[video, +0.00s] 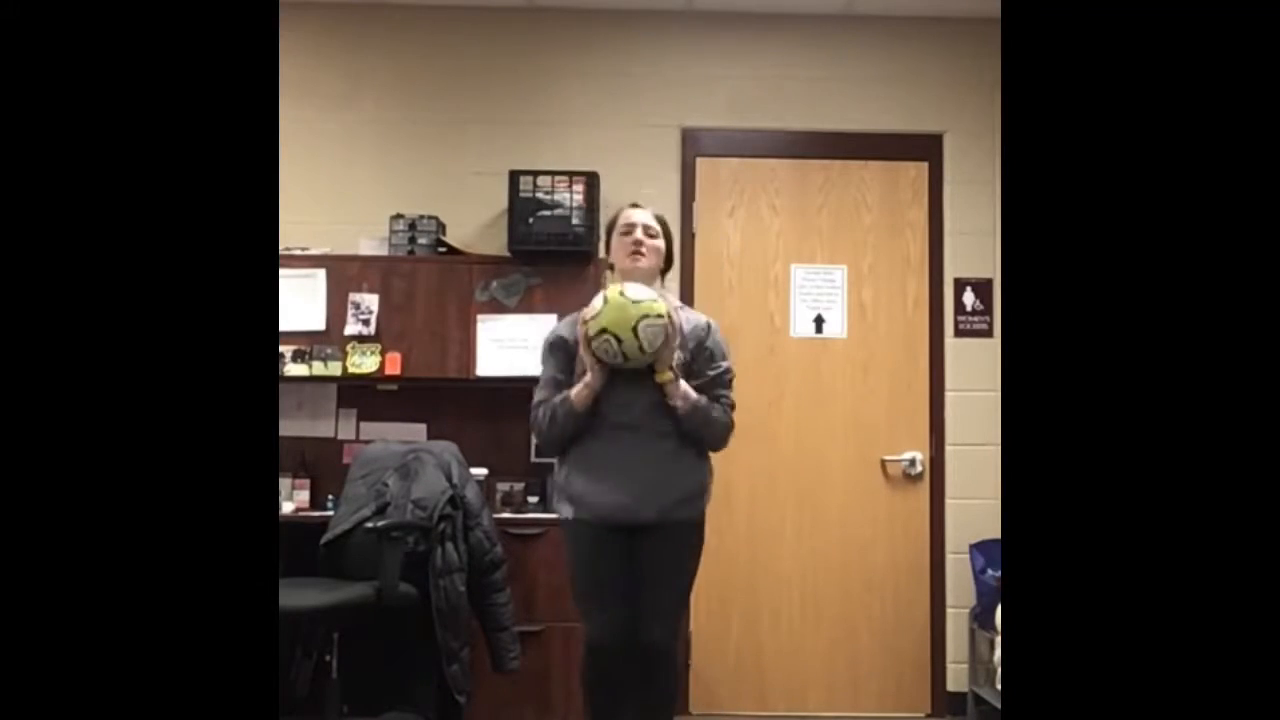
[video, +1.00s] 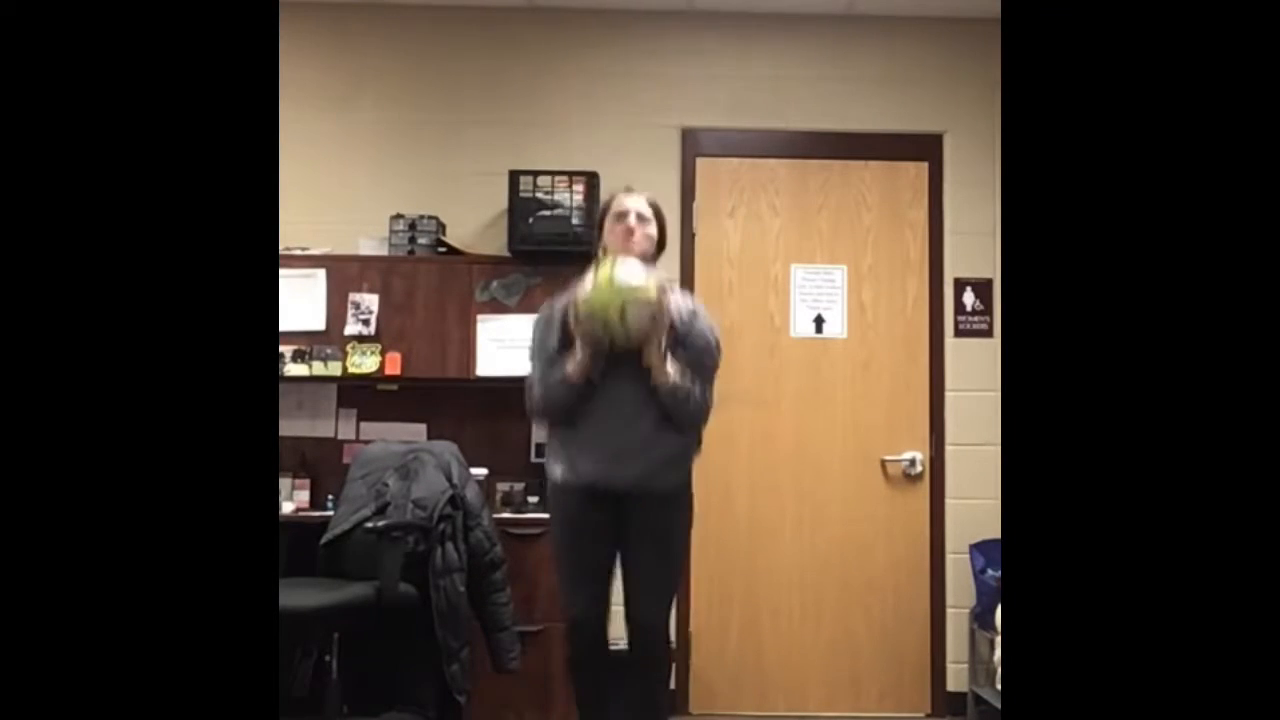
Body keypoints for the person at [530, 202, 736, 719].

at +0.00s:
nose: (640, 238)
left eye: (651, 233)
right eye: (627, 232)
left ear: (666, 254)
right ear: (608, 252)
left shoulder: (698, 330)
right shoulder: (570, 332)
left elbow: (719, 431)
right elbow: (546, 433)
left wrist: (669, 375)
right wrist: (589, 379)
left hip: (673, 516)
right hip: (593, 516)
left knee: (658, 644)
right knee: (606, 643)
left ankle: (657, 717)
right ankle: (606, 717)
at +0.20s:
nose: (639, 186)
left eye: (651, 175)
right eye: (626, 175)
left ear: (671, 184)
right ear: (603, 183)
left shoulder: (683, 253)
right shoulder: (585, 254)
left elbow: (725, 295)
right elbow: (545, 298)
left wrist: (688, 247)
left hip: (672, 447)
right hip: (594, 447)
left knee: (671, 592)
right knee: (583, 590)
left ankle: (675, 706)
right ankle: (577, 709)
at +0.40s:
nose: (638, 220)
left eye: (649, 213)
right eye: (628, 213)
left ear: (665, 231)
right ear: (610, 230)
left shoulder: (680, 290)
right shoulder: (586, 284)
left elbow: (708, 240)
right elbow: (571, 199)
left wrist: (687, 120)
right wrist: (597, 99)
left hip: (659, 470)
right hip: (584, 467)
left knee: (696, 623)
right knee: (557, 619)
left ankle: (729, 713)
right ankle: (521, 711)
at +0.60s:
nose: (627, 246)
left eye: (639, 242)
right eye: (617, 237)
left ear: (652, 268)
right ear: (595, 252)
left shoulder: (669, 314)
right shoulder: (577, 307)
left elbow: (689, 236)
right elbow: (564, 222)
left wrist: (675, 131)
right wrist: (581, 124)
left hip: (659, 499)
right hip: (585, 498)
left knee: (694, 641)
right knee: (541, 641)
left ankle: (726, 719)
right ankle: (486, 712)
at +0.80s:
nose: (628, 215)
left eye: (641, 208)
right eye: (617, 205)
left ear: (659, 226)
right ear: (598, 220)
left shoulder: (675, 290)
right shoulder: (576, 283)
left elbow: (709, 249)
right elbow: (535, 249)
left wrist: (675, 170)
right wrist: (571, 166)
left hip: (658, 468)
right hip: (578, 466)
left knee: (680, 615)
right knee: (543, 611)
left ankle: (708, 712)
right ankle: (487, 709)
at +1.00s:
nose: (632, 226)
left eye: (644, 219)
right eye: (621, 217)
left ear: (659, 239)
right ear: (602, 233)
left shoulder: (685, 315)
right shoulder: (562, 313)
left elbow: (694, 414)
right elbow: (544, 404)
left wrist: (656, 357)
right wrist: (584, 353)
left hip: (659, 493)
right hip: (580, 493)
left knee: (650, 628)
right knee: (584, 626)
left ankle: (647, 715)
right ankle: (594, 714)